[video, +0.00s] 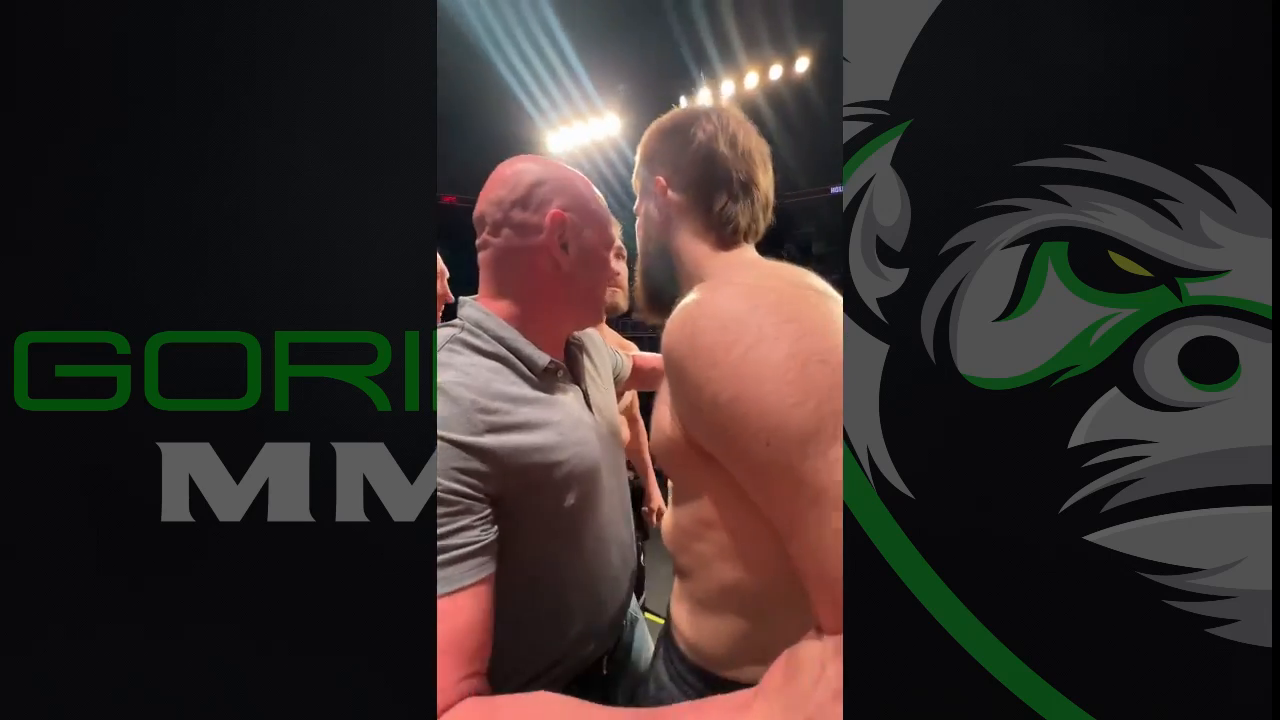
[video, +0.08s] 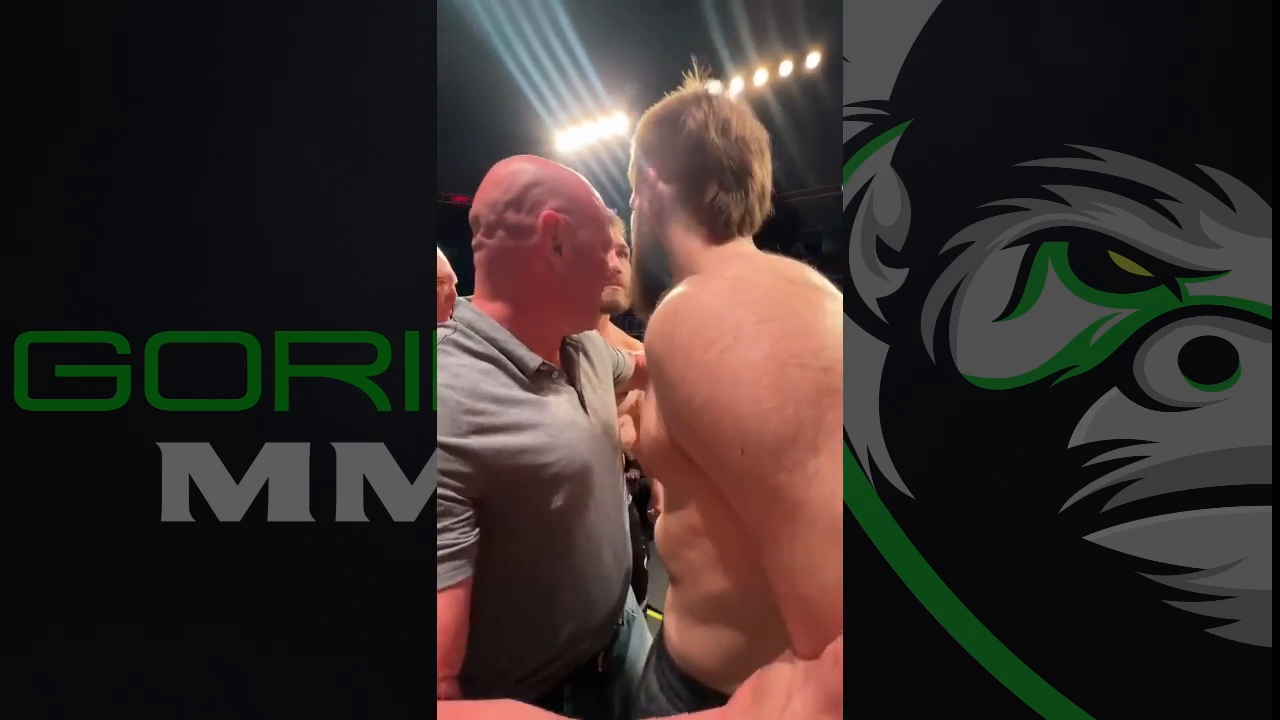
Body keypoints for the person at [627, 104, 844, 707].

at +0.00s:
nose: (635, 214)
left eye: (636, 195)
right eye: (634, 195)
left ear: (662, 198)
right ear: (745, 196)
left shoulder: (709, 322)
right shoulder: (812, 291)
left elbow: (831, 539)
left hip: (716, 685)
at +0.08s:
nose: (632, 206)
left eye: (632, 186)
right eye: (629, 188)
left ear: (652, 187)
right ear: (753, 185)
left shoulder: (689, 318)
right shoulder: (815, 288)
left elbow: (808, 530)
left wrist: (829, 687)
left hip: (704, 685)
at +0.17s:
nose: (630, 196)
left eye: (629, 178)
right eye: (627, 180)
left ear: (648, 182)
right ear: (758, 180)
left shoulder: (672, 318)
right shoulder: (818, 286)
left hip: (701, 683)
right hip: (808, 684)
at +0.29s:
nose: (634, 192)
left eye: (634, 173)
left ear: (652, 177)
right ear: (764, 173)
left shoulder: (664, 318)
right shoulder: (828, 283)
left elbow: (666, 466)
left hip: (711, 676)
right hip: (836, 669)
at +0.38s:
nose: (644, 193)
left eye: (643, 174)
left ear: (661, 182)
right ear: (775, 173)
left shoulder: (678, 324)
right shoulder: (836, 280)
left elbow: (684, 469)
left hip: (724, 671)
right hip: (841, 658)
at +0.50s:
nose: (665, 223)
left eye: (667, 201)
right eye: (663, 204)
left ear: (698, 196)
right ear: (780, 189)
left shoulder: (759, 328)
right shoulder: (833, 280)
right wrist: (683, 364)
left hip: (758, 672)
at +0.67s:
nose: (609, 265)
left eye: (606, 244)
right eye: (600, 243)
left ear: (543, 232)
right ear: (542, 231)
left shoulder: (570, 340)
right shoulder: (455, 432)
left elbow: (616, 363)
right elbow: (519, 695)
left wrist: (697, 368)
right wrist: (825, 647)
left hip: (625, 611)